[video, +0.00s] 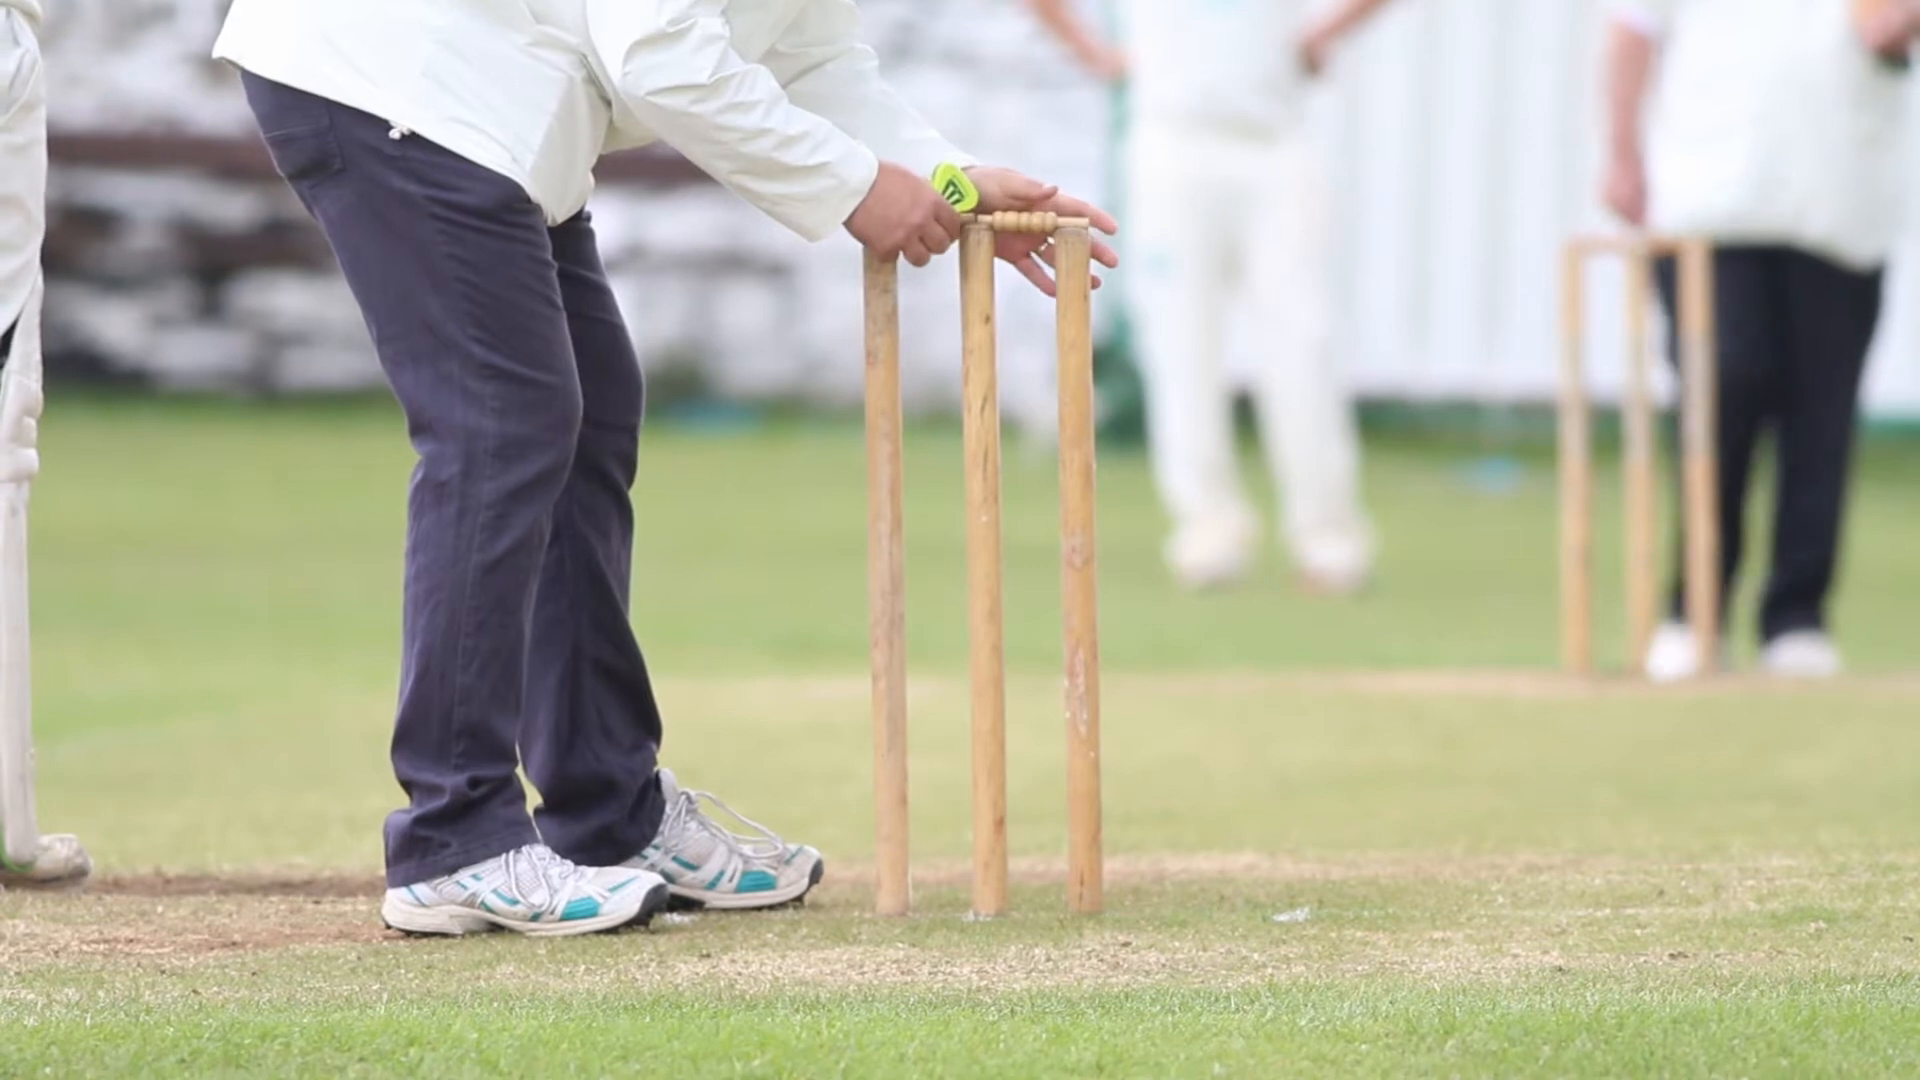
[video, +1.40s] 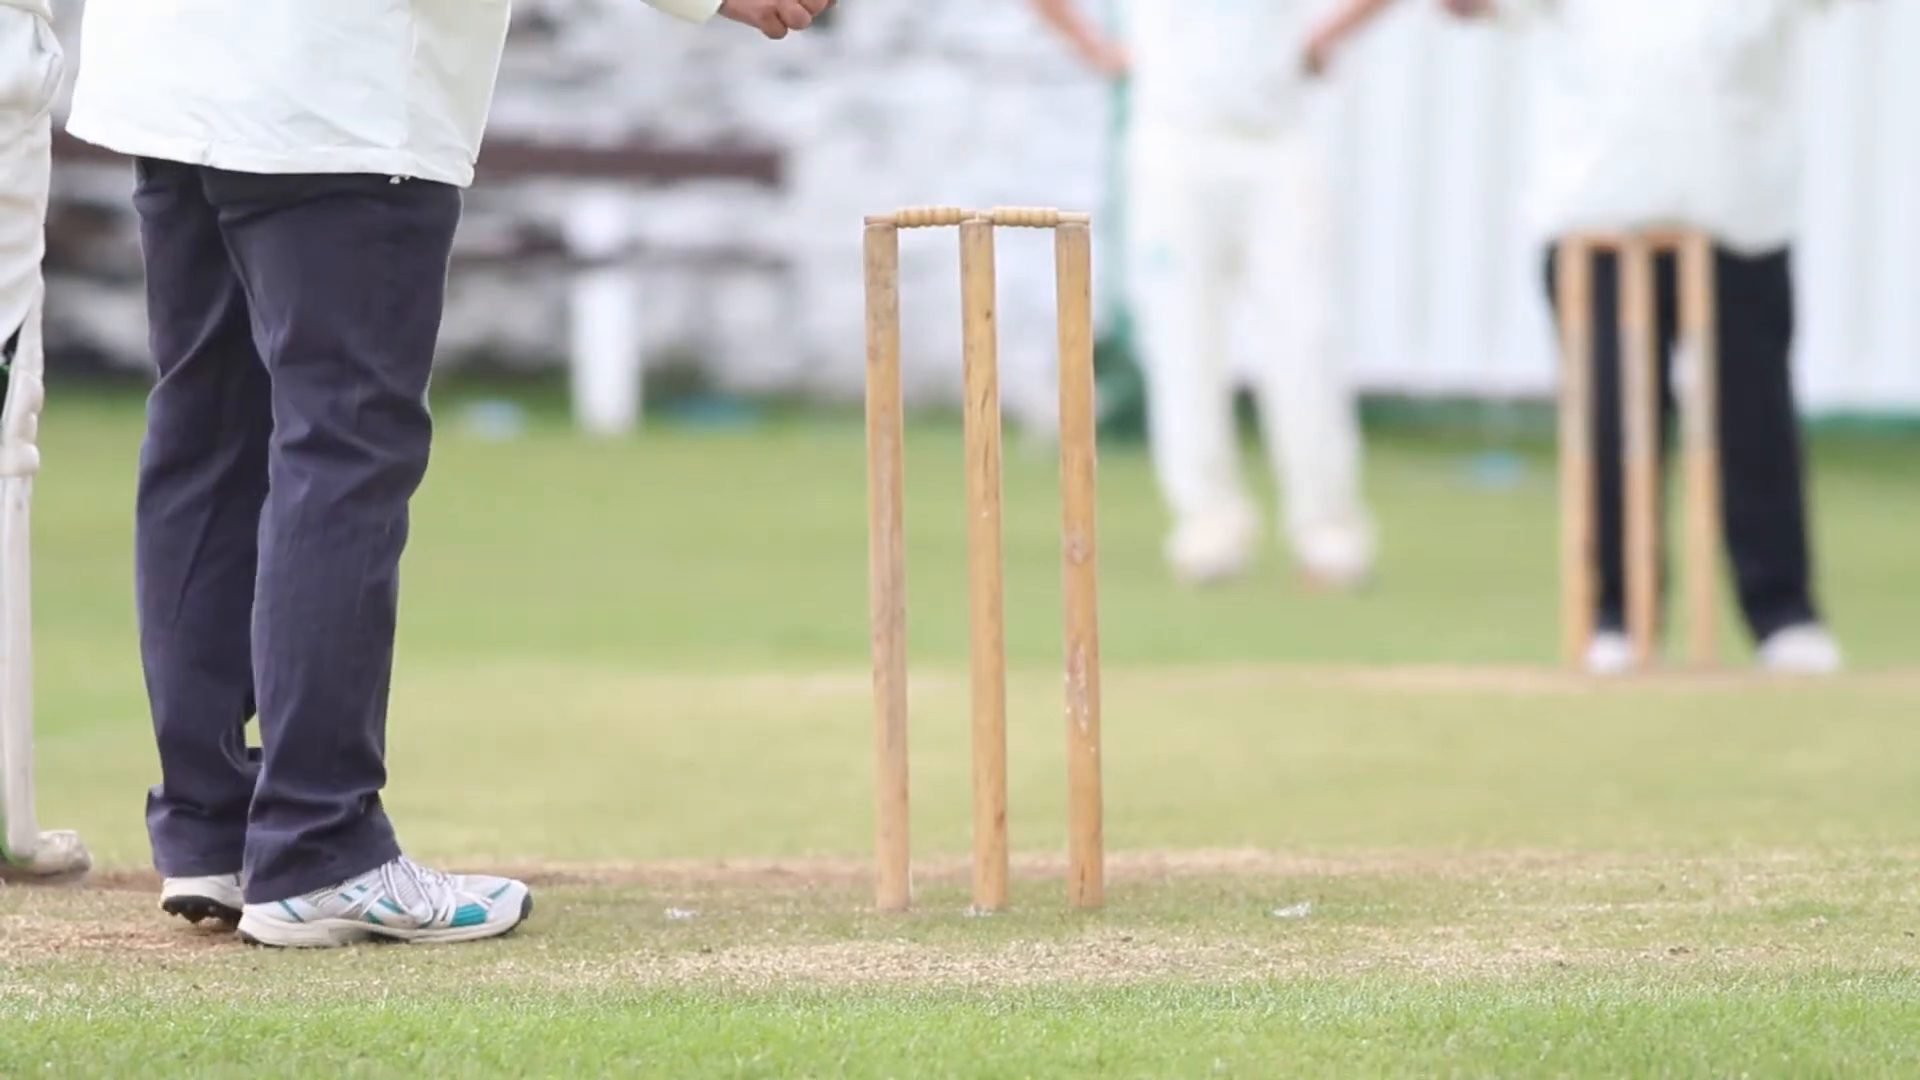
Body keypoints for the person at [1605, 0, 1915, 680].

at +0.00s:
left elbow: (1886, 28)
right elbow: (1633, 24)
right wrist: (1625, 158)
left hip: (1845, 197)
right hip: (1710, 191)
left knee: (1820, 431)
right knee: (1714, 420)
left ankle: (1796, 624)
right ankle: (1690, 622)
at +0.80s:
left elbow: (1862, 7)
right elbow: (1541, 20)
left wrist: (1813, 8)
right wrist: (1524, 158)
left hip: (1759, 189)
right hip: (1619, 186)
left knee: (1765, 418)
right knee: (1624, 422)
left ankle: (1787, 619)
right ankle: (1619, 623)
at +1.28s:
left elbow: (1842, 7)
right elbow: (1498, 6)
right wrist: (1472, 67)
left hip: (1736, 188)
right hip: (1597, 189)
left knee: (1757, 420)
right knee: (1614, 425)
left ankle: (1786, 621)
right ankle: (1615, 624)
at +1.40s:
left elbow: (1819, 12)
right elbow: (1517, 12)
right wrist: (1473, 6)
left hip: (1738, 201)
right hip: (1597, 200)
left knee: (1758, 428)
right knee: (1615, 428)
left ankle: (1786, 619)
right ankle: (1616, 623)